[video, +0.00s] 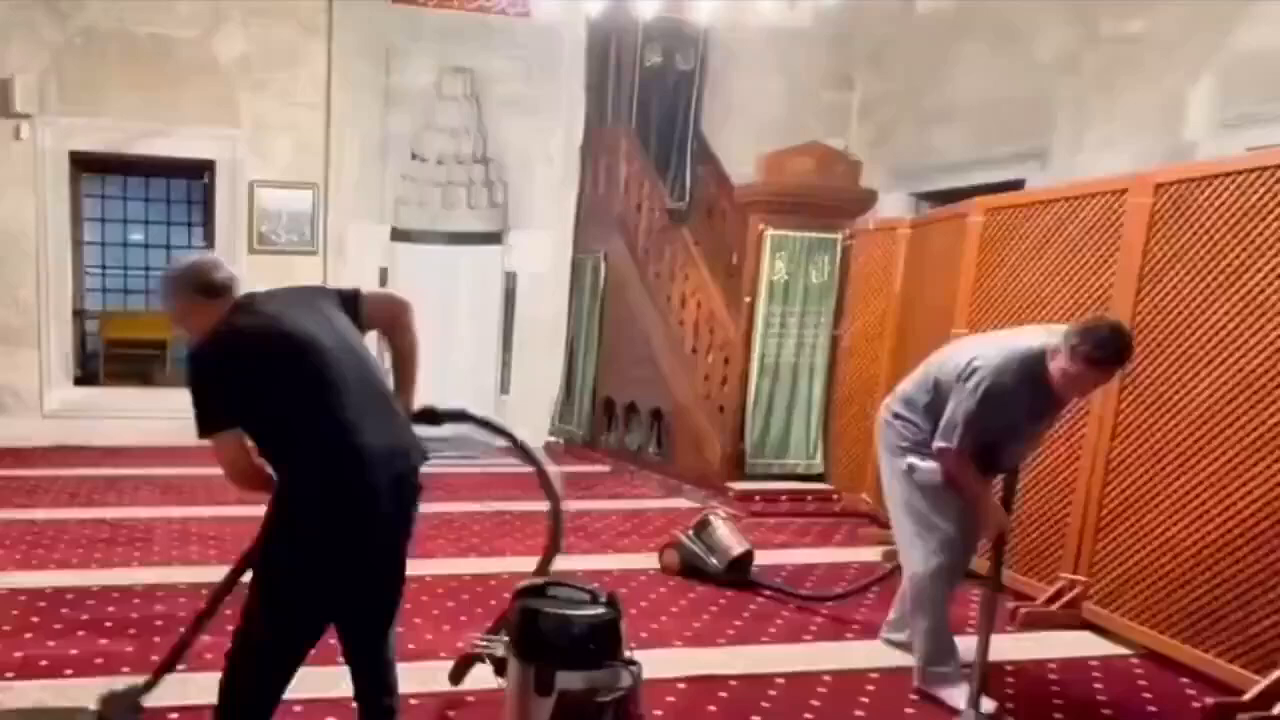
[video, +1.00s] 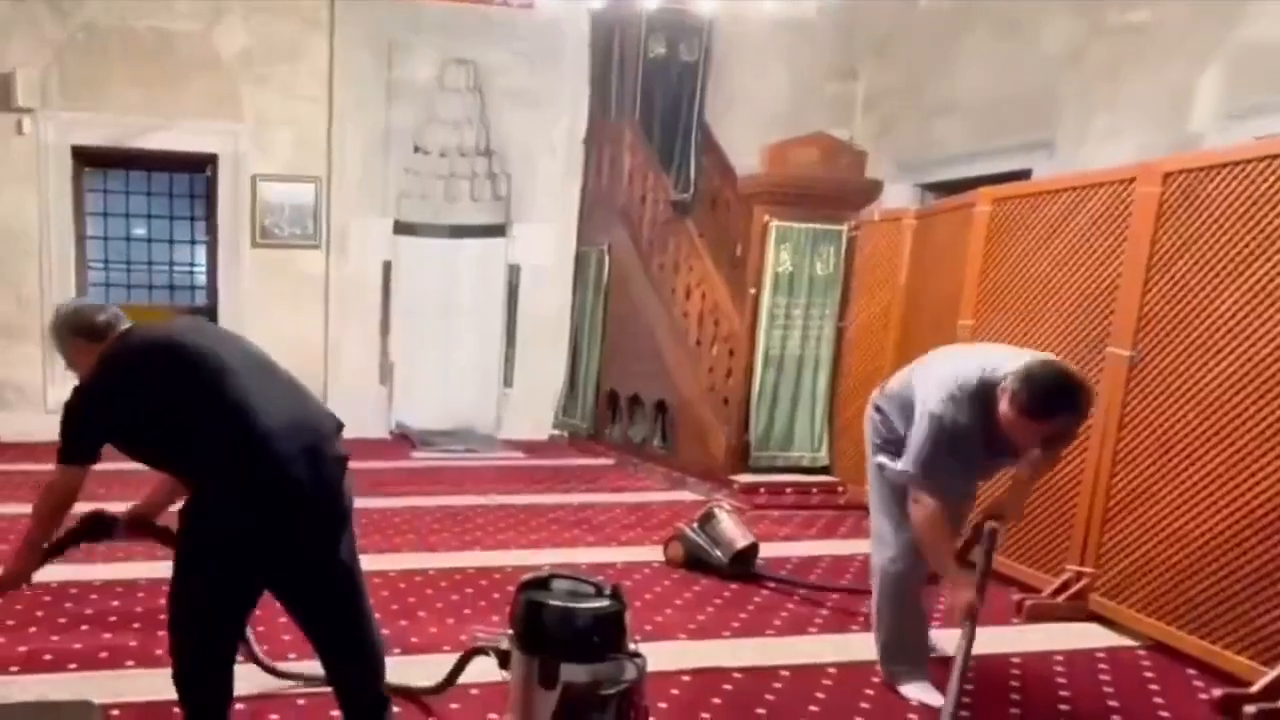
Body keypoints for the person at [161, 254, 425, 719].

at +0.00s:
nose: (181, 330)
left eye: (178, 319)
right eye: (177, 319)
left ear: (189, 308)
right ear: (231, 288)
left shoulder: (211, 353)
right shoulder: (304, 300)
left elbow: (240, 470)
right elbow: (395, 309)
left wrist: (286, 486)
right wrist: (404, 405)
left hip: (323, 490)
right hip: (396, 470)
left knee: (261, 655)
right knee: (369, 637)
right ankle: (380, 714)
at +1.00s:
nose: (75, 371)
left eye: (72, 361)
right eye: (70, 362)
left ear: (81, 349)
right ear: (123, 326)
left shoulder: (97, 388)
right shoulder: (191, 337)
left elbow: (63, 492)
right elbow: (194, 458)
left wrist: (21, 563)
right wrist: (138, 516)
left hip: (237, 495)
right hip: (317, 468)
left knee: (201, 641)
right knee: (345, 628)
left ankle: (206, 714)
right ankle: (371, 709)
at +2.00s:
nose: (196, 317)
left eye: (195, 304)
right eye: (192, 306)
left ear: (212, 291)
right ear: (244, 278)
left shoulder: (225, 346)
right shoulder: (319, 286)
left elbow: (260, 458)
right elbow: (410, 277)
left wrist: (296, 494)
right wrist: (427, 366)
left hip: (333, 477)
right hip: (408, 461)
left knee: (276, 637)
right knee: (391, 628)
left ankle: (247, 715)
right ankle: (386, 714)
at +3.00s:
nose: (70, 382)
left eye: (66, 368)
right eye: (63, 371)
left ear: (82, 351)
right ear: (122, 333)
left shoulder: (102, 393)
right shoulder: (190, 355)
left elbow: (61, 503)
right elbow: (189, 482)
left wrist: (14, 579)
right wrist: (133, 546)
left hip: (256, 492)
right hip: (338, 459)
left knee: (218, 657)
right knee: (351, 640)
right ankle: (385, 710)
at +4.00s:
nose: (208, 338)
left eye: (207, 322)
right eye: (201, 326)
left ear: (241, 301)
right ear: (251, 298)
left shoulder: (257, 359)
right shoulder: (343, 304)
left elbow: (282, 489)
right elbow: (442, 318)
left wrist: (297, 545)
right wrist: (435, 412)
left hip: (381, 509)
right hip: (455, 489)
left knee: (321, 671)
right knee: (409, 665)